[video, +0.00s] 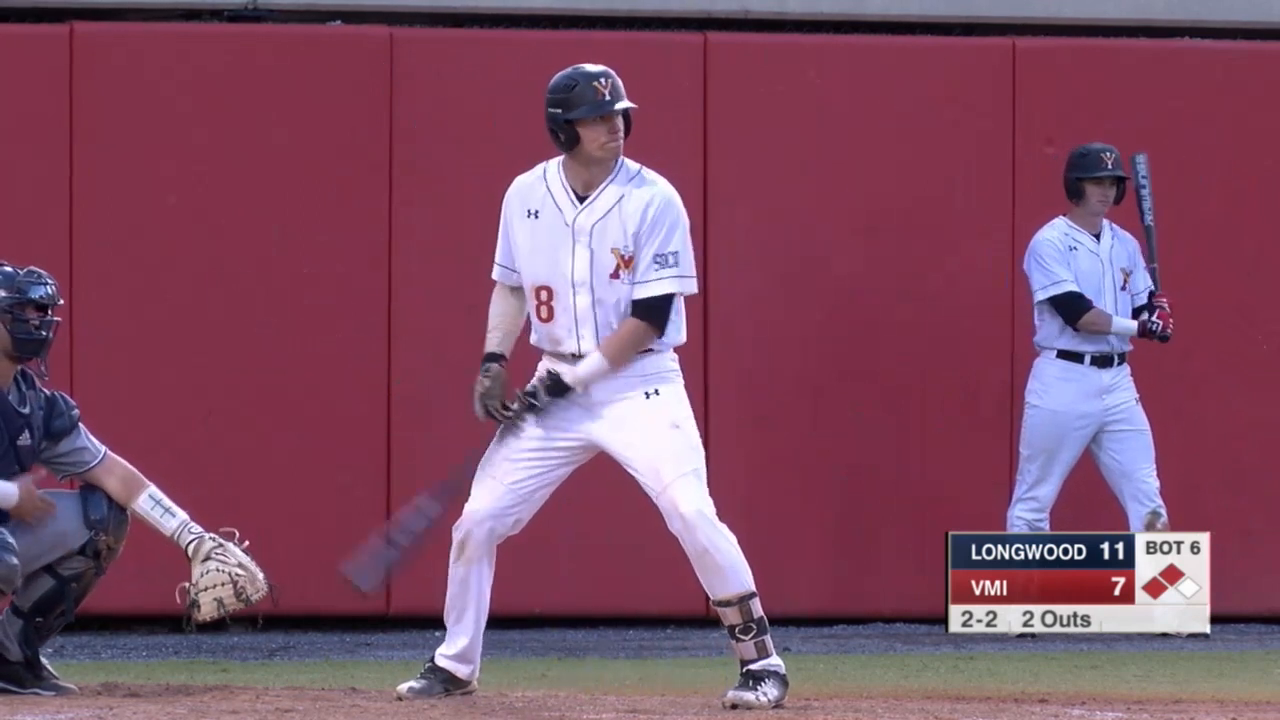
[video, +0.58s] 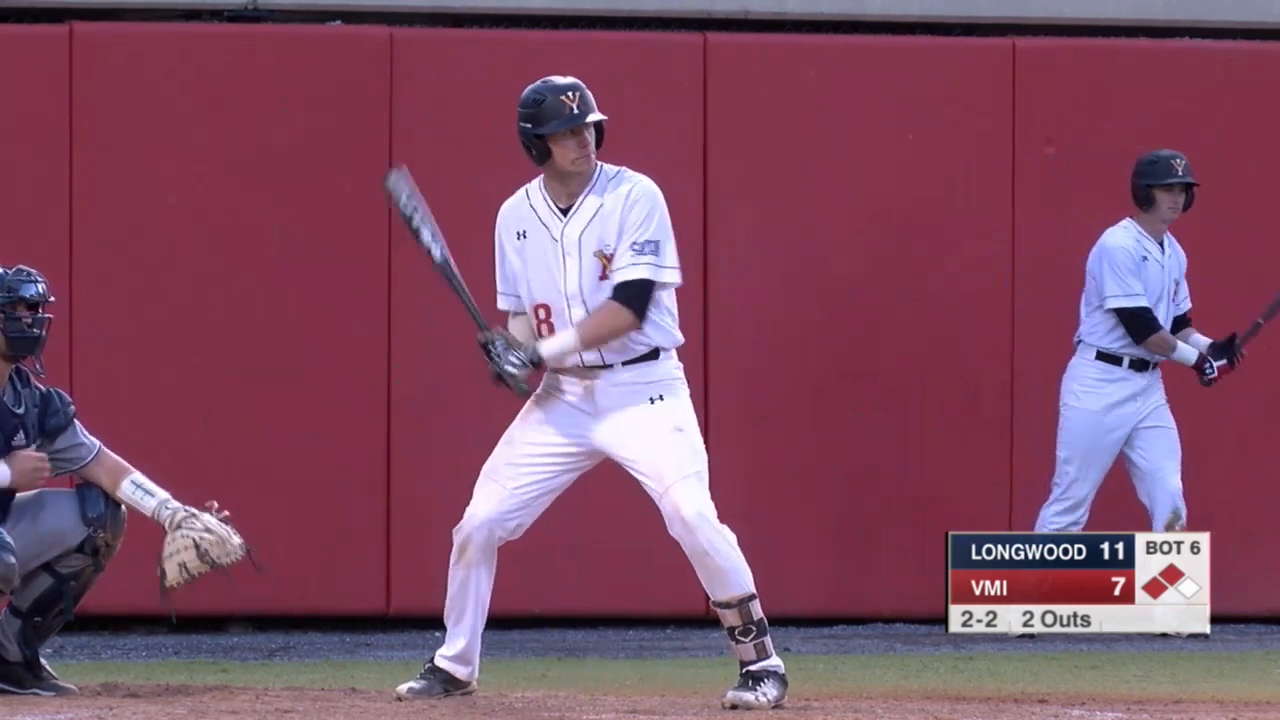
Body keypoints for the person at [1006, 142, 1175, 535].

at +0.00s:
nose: (1107, 192)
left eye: (1113, 184)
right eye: (1098, 183)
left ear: (1119, 189)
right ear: (1076, 185)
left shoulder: (1125, 244)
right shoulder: (1048, 242)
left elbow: (1142, 306)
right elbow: (1078, 315)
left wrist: (1155, 312)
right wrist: (1139, 327)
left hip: (1117, 384)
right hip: (1062, 382)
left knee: (1148, 504)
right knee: (1033, 504)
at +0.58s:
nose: (1178, 198)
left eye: (1183, 190)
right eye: (1169, 189)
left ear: (1188, 196)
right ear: (1145, 191)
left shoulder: (1174, 252)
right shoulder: (1117, 245)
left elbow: (1179, 324)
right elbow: (1142, 330)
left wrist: (1210, 347)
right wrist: (1194, 359)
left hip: (1147, 387)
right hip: (1098, 382)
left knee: (1169, 504)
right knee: (1070, 504)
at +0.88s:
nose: (1204, 206)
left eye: (1208, 198)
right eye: (1195, 197)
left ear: (1213, 203)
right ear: (1170, 199)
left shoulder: (1195, 255)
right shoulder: (1139, 254)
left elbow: (1186, 324)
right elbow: (1134, 340)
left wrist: (1216, 363)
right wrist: (1170, 398)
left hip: (1152, 389)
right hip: (1105, 379)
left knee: (1173, 501)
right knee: (1077, 487)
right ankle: (1019, 566)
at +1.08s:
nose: (1190, 212)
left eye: (1195, 204)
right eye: (1181, 202)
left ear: (1200, 209)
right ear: (1155, 205)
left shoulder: (1187, 261)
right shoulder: (1119, 262)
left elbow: (1183, 327)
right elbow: (1103, 346)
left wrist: (1202, 365)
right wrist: (1118, 413)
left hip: (1144, 391)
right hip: (1092, 386)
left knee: (1169, 499)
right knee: (1054, 489)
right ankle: (1003, 575)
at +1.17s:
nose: (1175, 215)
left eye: (1179, 207)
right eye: (1165, 207)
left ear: (1183, 212)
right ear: (1140, 210)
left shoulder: (1174, 264)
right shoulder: (1102, 266)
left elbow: (1172, 330)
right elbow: (1078, 348)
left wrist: (1189, 369)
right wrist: (1080, 408)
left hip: (1135, 398)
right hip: (1081, 391)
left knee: (1165, 505)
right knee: (1047, 496)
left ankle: (1171, 609)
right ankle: (992, 591)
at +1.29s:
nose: (1147, 218)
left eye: (1153, 210)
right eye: (1138, 210)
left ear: (1158, 216)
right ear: (1114, 213)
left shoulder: (1154, 266)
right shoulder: (1074, 268)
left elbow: (1156, 329)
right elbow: (1043, 339)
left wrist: (1167, 369)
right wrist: (1024, 394)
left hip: (1118, 401)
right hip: (1062, 395)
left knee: (1151, 505)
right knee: (1038, 497)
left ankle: (1165, 606)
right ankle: (991, 594)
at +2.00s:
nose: (1166, 225)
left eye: (1170, 217)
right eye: (1156, 217)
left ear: (1174, 223)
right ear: (1131, 221)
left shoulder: (1168, 274)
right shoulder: (1091, 275)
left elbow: (1169, 335)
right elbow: (1068, 357)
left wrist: (1180, 378)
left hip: (1128, 402)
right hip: (1072, 396)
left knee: (1160, 508)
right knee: (1047, 498)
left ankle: (1171, 608)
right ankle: (994, 590)